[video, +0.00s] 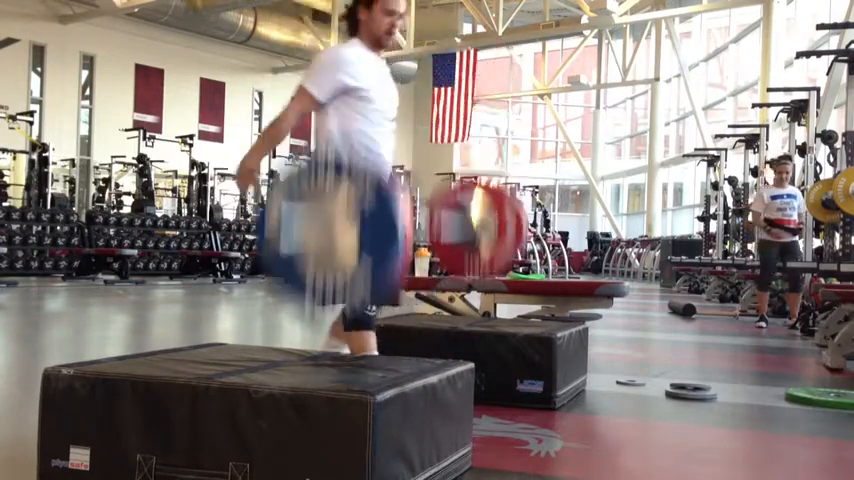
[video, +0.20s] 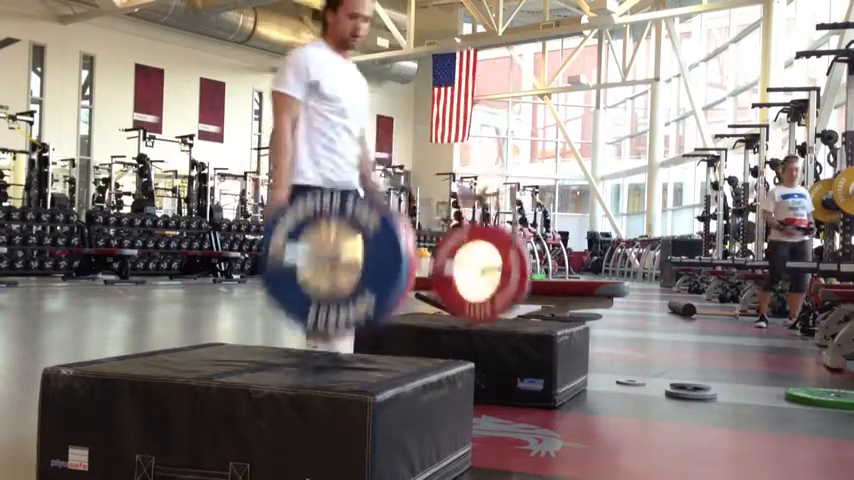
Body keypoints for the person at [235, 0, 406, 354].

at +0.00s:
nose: (398, 24)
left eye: (402, 16)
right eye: (390, 14)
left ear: (403, 20)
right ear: (363, 13)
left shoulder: (381, 70)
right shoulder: (340, 58)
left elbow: (373, 136)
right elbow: (292, 113)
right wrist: (252, 160)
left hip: (375, 189)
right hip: (343, 186)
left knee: (370, 286)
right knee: (358, 291)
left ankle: (323, 365)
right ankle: (373, 384)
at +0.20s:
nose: (360, 26)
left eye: (366, 20)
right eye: (353, 17)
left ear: (370, 26)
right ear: (330, 15)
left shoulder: (356, 78)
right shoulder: (304, 59)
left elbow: (360, 145)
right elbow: (283, 125)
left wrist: (376, 196)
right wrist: (280, 189)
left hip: (350, 196)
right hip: (311, 193)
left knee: (339, 290)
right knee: (326, 291)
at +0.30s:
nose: (337, 23)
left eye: (343, 16)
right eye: (329, 13)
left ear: (347, 22)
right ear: (306, 13)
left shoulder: (346, 77)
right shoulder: (285, 57)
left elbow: (357, 131)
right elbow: (266, 117)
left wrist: (397, 162)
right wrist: (304, 161)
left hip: (333, 186)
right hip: (289, 184)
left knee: (325, 277)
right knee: (301, 279)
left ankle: (321, 365)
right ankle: (302, 369)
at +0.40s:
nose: (311, 20)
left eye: (318, 13)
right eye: (303, 11)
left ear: (325, 18)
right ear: (285, 13)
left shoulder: (331, 74)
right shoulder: (264, 59)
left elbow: (349, 127)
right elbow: (248, 120)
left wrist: (405, 130)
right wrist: (294, 126)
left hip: (318, 189)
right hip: (268, 187)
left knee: (314, 283)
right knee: (266, 285)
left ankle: (314, 369)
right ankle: (258, 370)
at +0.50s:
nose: (281, 19)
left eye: (288, 11)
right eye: (272, 11)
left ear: (298, 18)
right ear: (258, 17)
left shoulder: (314, 74)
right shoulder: (242, 64)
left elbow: (341, 129)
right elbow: (224, 125)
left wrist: (383, 118)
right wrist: (268, 120)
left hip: (305, 196)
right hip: (251, 196)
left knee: (306, 289)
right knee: (230, 294)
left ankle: (313, 373)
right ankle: (227, 371)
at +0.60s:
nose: (249, 18)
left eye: (256, 10)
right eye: (240, 11)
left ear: (269, 17)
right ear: (229, 18)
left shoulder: (293, 75)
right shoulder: (211, 71)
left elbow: (312, 129)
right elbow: (195, 129)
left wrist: (355, 131)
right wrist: (224, 140)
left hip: (280, 198)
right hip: (224, 198)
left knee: (296, 290)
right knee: (207, 293)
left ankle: (309, 372)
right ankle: (214, 376)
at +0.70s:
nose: (212, 15)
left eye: (221, 8)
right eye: (206, 9)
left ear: (242, 16)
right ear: (201, 17)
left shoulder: (266, 73)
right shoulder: (184, 72)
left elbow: (289, 125)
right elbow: (166, 125)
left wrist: (317, 159)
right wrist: (163, 166)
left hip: (254, 199)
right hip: (197, 200)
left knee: (272, 292)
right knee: (194, 294)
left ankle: (287, 372)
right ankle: (212, 375)